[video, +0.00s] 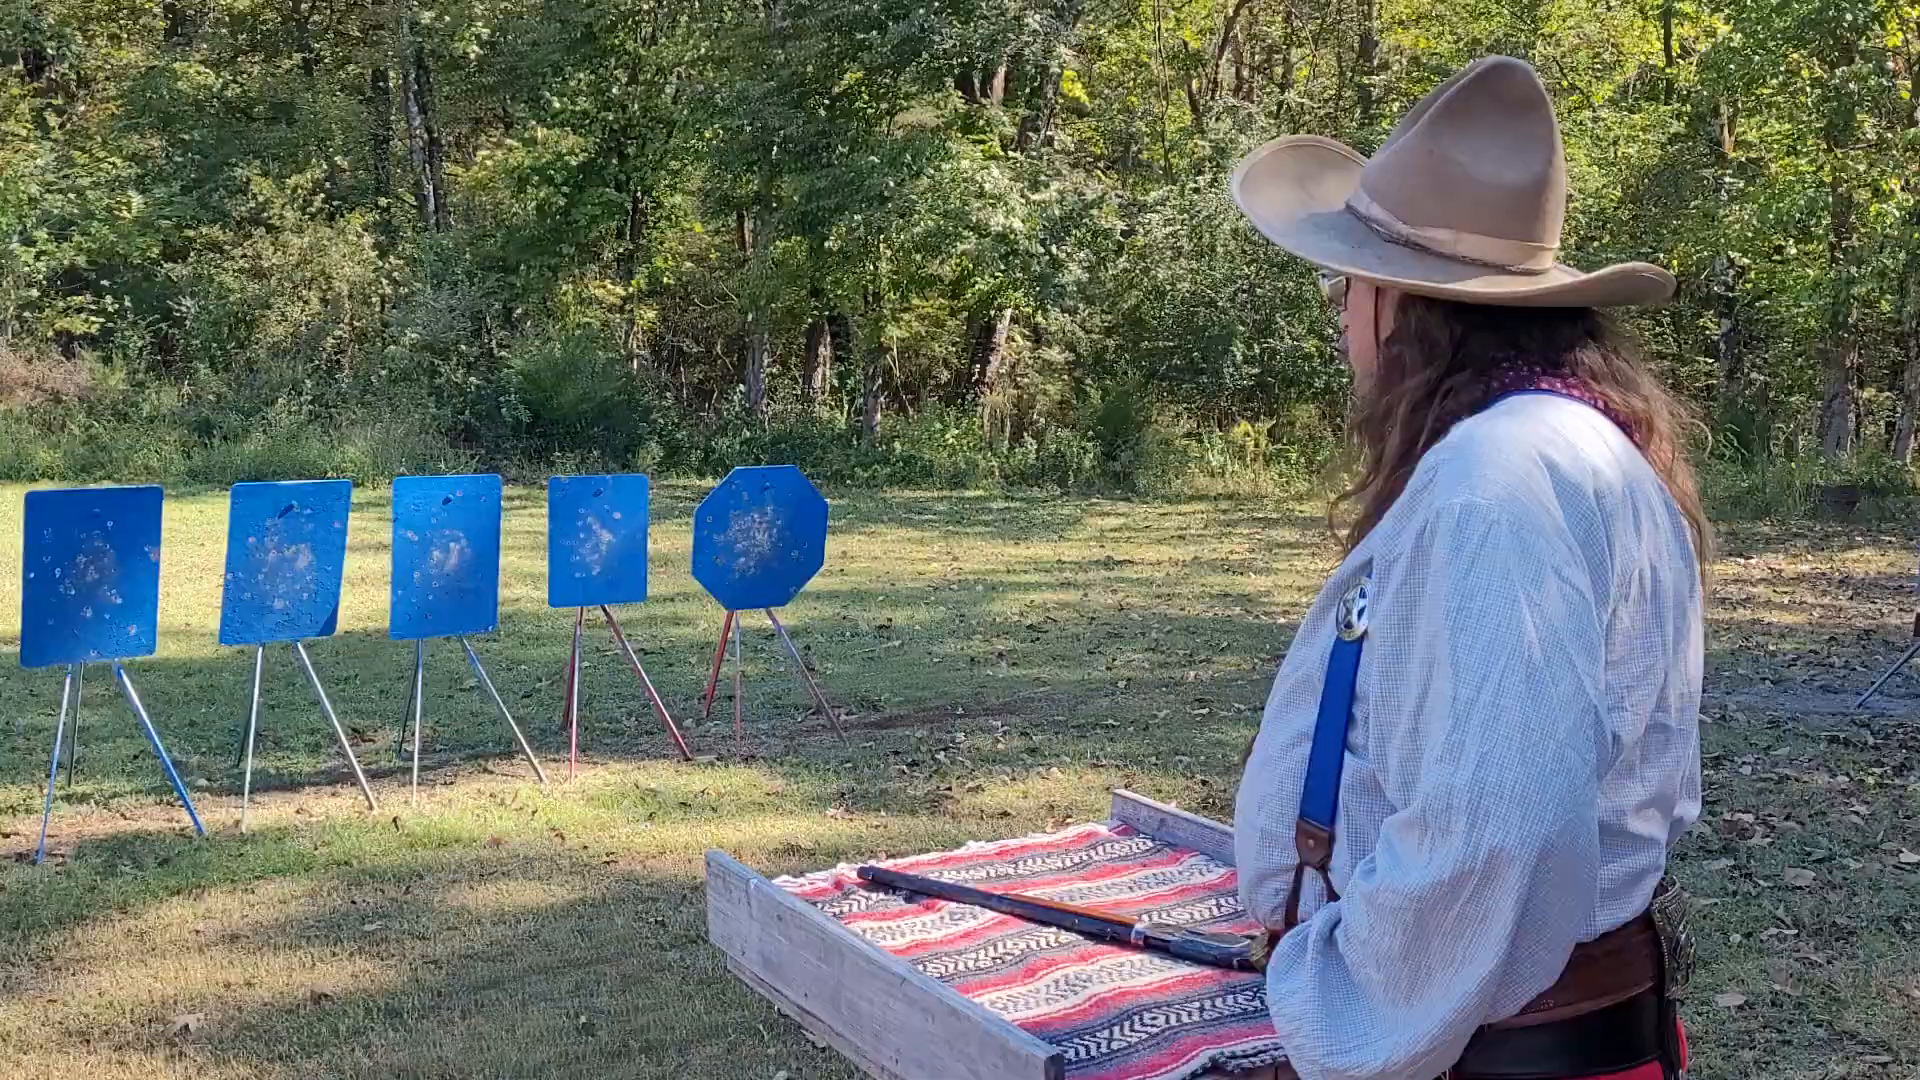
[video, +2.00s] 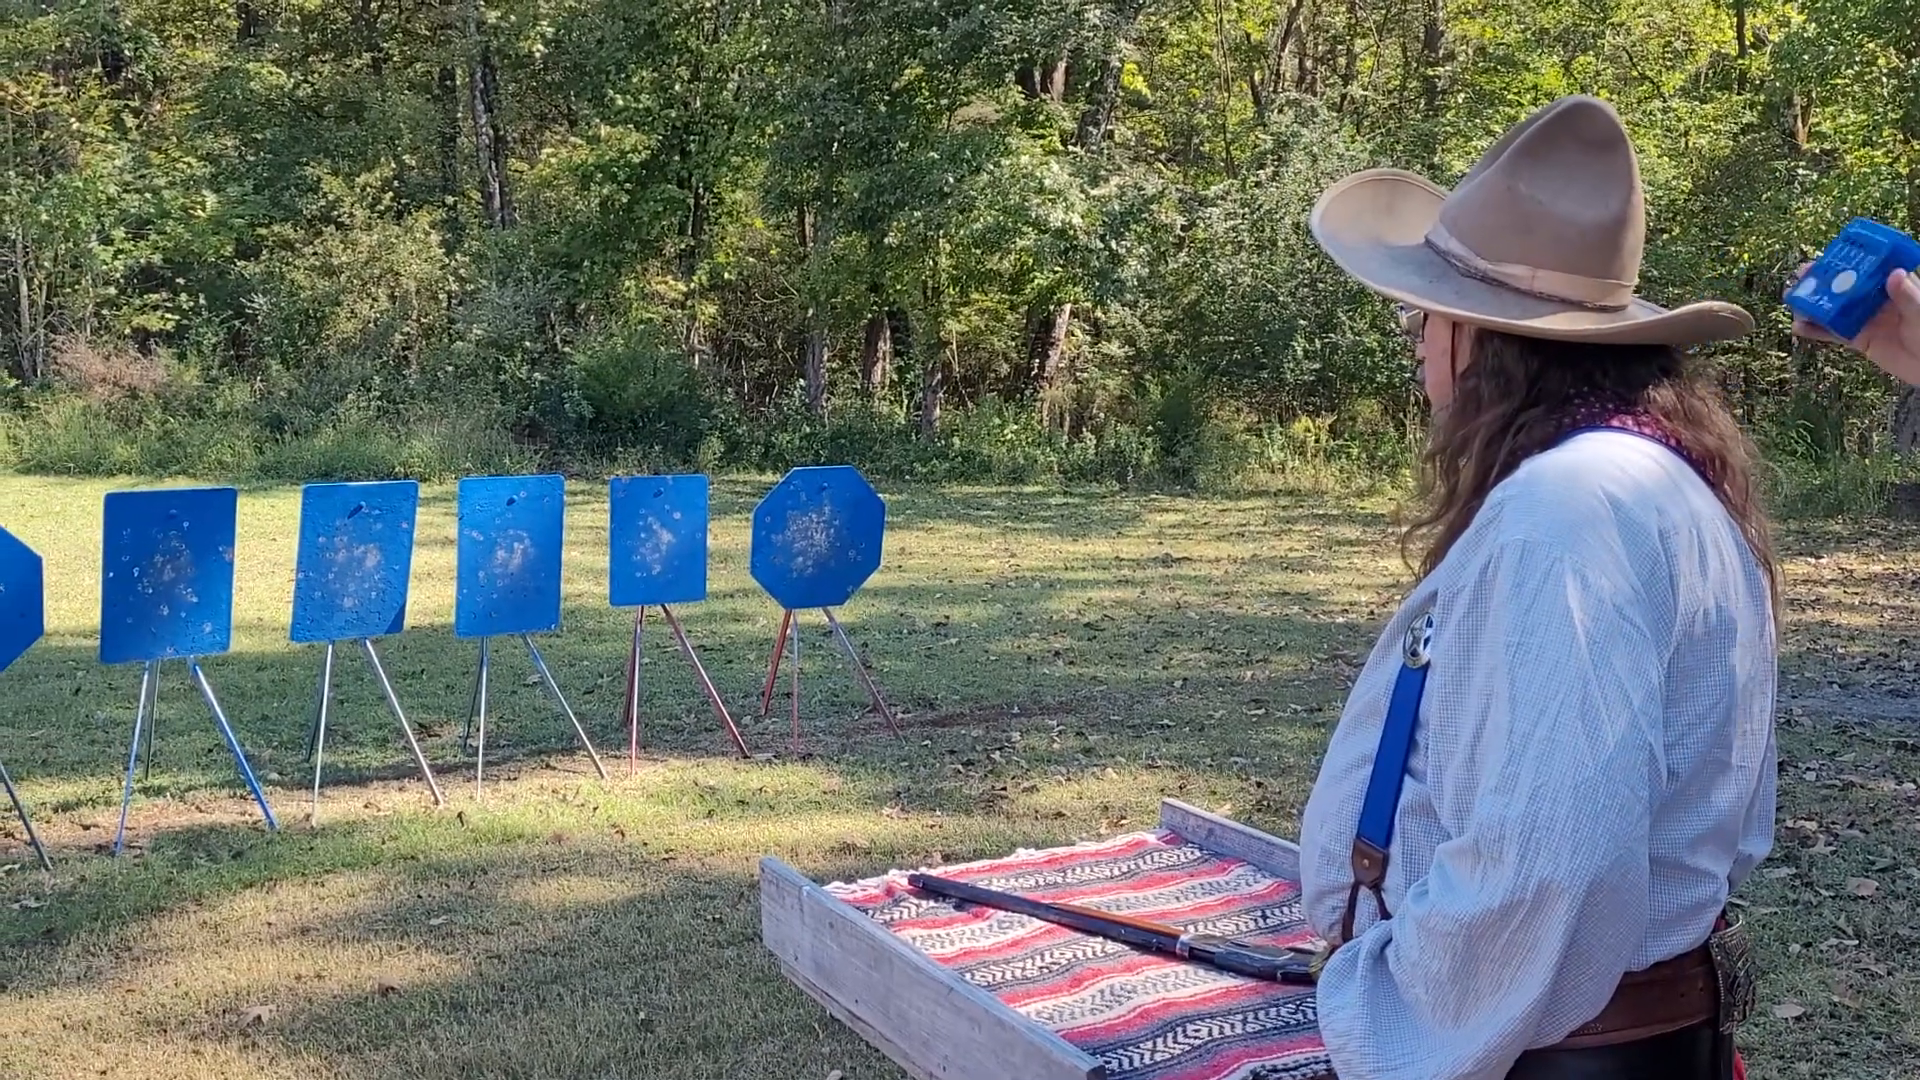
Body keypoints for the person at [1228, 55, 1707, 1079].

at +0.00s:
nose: (1339, 310)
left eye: (1348, 284)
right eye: (1343, 283)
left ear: (1402, 304)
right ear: (1518, 301)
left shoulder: (1502, 473)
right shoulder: (1588, 444)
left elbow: (1496, 824)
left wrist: (1327, 975)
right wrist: (1334, 875)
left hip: (1512, 1031)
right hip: (1598, 996)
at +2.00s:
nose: (1414, 341)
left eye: (1426, 317)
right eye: (1419, 316)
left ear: (1483, 338)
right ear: (1590, 332)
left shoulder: (1570, 505)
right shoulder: (1659, 475)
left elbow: (1549, 852)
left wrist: (1379, 991)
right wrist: (1403, 908)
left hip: (1572, 1035)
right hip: (1658, 1002)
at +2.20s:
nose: (1413, 341)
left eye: (1425, 316)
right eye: (1419, 315)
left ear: (1486, 340)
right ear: (1586, 335)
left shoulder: (1573, 507)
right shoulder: (1656, 475)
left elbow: (1550, 851)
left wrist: (1379, 981)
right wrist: (1399, 903)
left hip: (1577, 1036)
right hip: (1658, 1003)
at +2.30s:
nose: (1402, 343)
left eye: (1413, 318)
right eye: (1406, 318)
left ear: (1476, 337)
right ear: (1583, 332)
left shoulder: (1560, 511)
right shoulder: (1667, 475)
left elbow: (1565, 862)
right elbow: (1783, 662)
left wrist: (1370, 992)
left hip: (1573, 1035)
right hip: (1676, 998)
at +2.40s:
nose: (1389, 345)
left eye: (1400, 321)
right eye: (1393, 320)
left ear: (1463, 343)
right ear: (1564, 336)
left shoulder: (1560, 518)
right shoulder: (1653, 474)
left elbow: (1554, 883)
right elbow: (1773, 663)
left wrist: (1347, 1026)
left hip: (1572, 1039)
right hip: (1672, 999)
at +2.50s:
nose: (1370, 344)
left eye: (1384, 319)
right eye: (1376, 319)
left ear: (1450, 344)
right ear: (1536, 337)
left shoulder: (1567, 517)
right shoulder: (1609, 484)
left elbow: (1570, 893)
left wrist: (1353, 1043)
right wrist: (1396, 933)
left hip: (1585, 1040)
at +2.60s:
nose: (1358, 347)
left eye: (1373, 323)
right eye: (1364, 322)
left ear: (1444, 347)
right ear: (1502, 339)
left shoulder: (1567, 520)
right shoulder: (1529, 491)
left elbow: (1583, 902)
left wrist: (1372, 1051)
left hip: (1573, 1040)